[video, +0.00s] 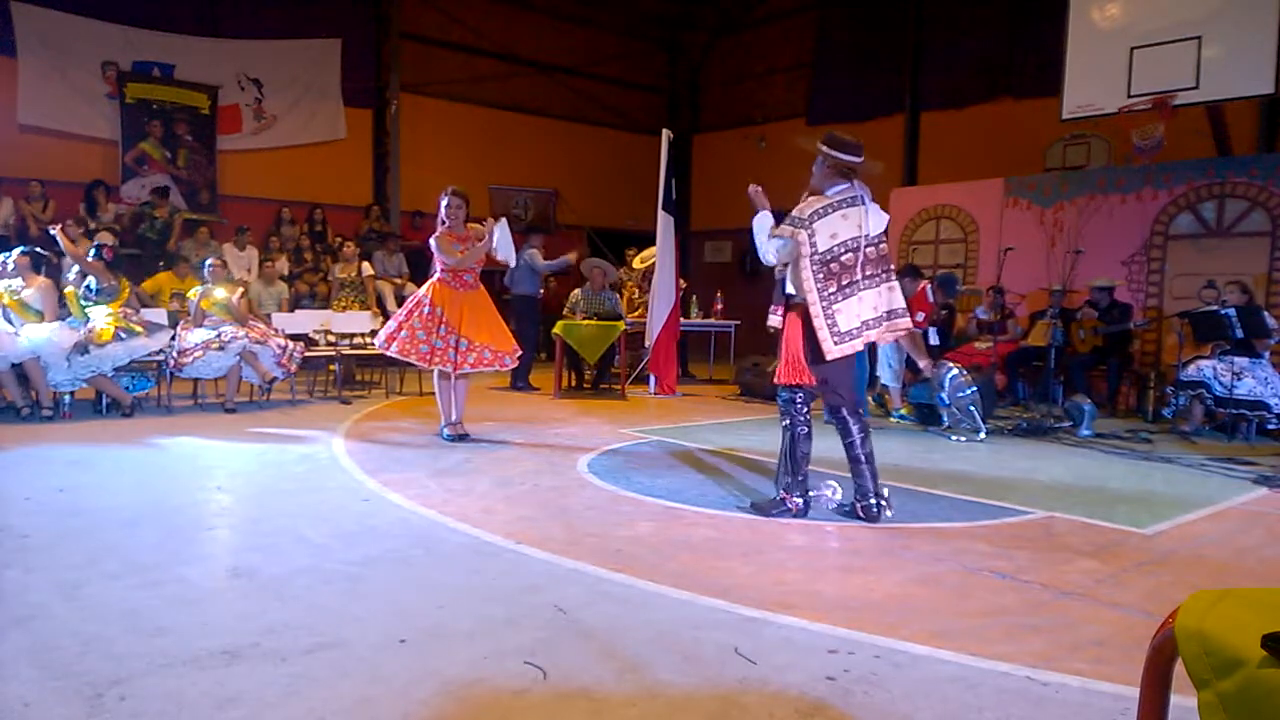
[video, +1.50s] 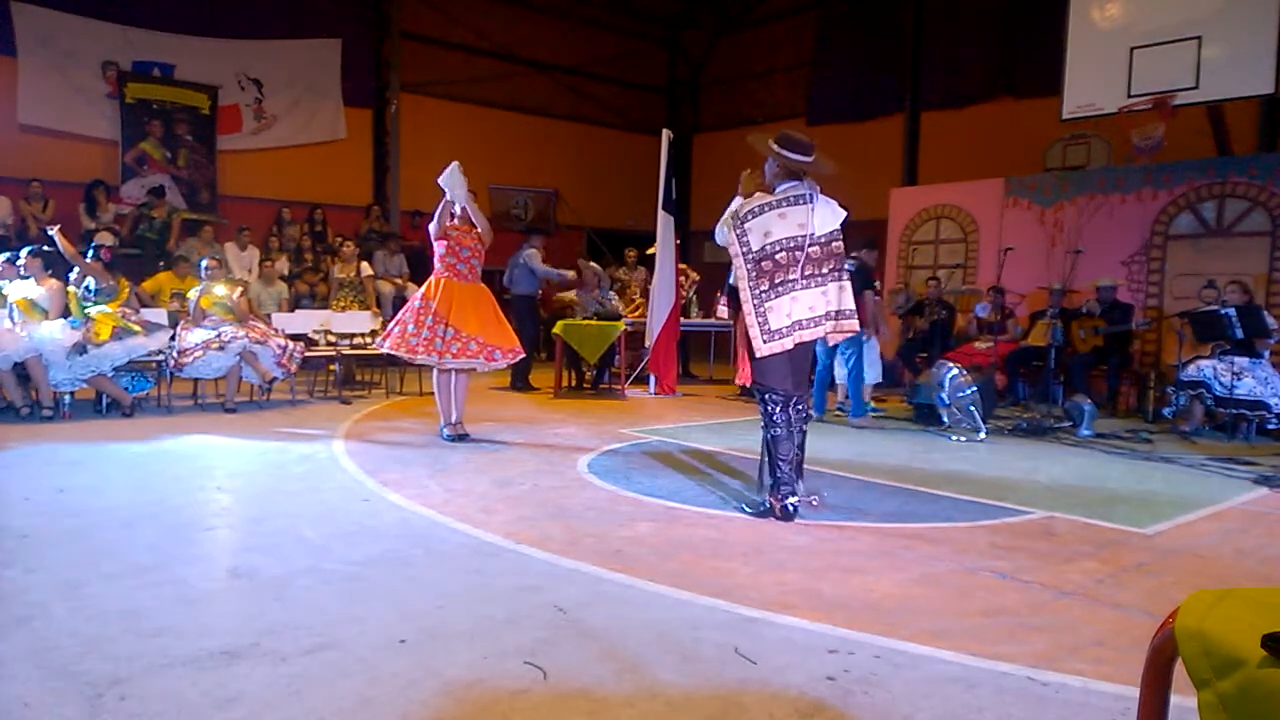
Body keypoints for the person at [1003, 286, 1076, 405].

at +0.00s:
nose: (1056, 299)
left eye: (1059, 296)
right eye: (1053, 296)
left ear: (1063, 298)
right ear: (1049, 297)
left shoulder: (1068, 315)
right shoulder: (1036, 315)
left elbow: (1068, 339)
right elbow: (1028, 335)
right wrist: (1024, 342)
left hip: (1056, 348)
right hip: (1036, 348)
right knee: (1012, 358)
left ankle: (1042, 398)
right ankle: (1013, 395)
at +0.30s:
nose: (1056, 299)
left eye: (1059, 296)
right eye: (1053, 296)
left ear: (1063, 298)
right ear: (1049, 297)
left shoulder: (1068, 315)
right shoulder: (1036, 315)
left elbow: (1068, 339)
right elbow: (1028, 334)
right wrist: (1024, 341)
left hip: (1056, 348)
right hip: (1035, 348)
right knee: (1011, 359)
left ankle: (1041, 397)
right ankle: (1013, 395)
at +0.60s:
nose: (1055, 299)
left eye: (1059, 296)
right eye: (1053, 296)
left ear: (1063, 298)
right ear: (1049, 297)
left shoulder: (1067, 315)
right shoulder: (1036, 315)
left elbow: (1068, 339)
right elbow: (1028, 334)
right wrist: (1024, 341)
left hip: (1055, 348)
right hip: (1035, 348)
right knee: (1012, 359)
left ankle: (1042, 398)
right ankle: (1013, 395)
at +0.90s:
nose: (1056, 299)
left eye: (1059, 296)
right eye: (1054, 295)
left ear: (1063, 297)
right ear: (1049, 296)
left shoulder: (1068, 314)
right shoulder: (1037, 315)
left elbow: (1068, 339)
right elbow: (1028, 334)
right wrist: (1024, 342)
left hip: (1055, 348)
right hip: (1035, 348)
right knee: (1011, 358)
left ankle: (1042, 398)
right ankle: (1013, 395)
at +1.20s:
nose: (1055, 299)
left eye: (1058, 296)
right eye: (1053, 295)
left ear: (1063, 298)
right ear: (1049, 296)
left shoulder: (1068, 314)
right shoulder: (1036, 315)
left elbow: (1069, 339)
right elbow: (1028, 335)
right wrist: (1024, 342)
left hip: (1056, 348)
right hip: (1036, 348)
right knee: (1012, 358)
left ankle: (1041, 397)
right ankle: (1013, 395)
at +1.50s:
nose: (1055, 299)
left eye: (1058, 296)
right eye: (1053, 295)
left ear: (1063, 298)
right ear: (1049, 296)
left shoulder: (1067, 314)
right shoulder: (1036, 315)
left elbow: (1068, 339)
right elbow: (1028, 334)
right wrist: (1023, 342)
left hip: (1055, 348)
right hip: (1035, 347)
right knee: (1012, 358)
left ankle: (1041, 397)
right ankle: (1013, 395)